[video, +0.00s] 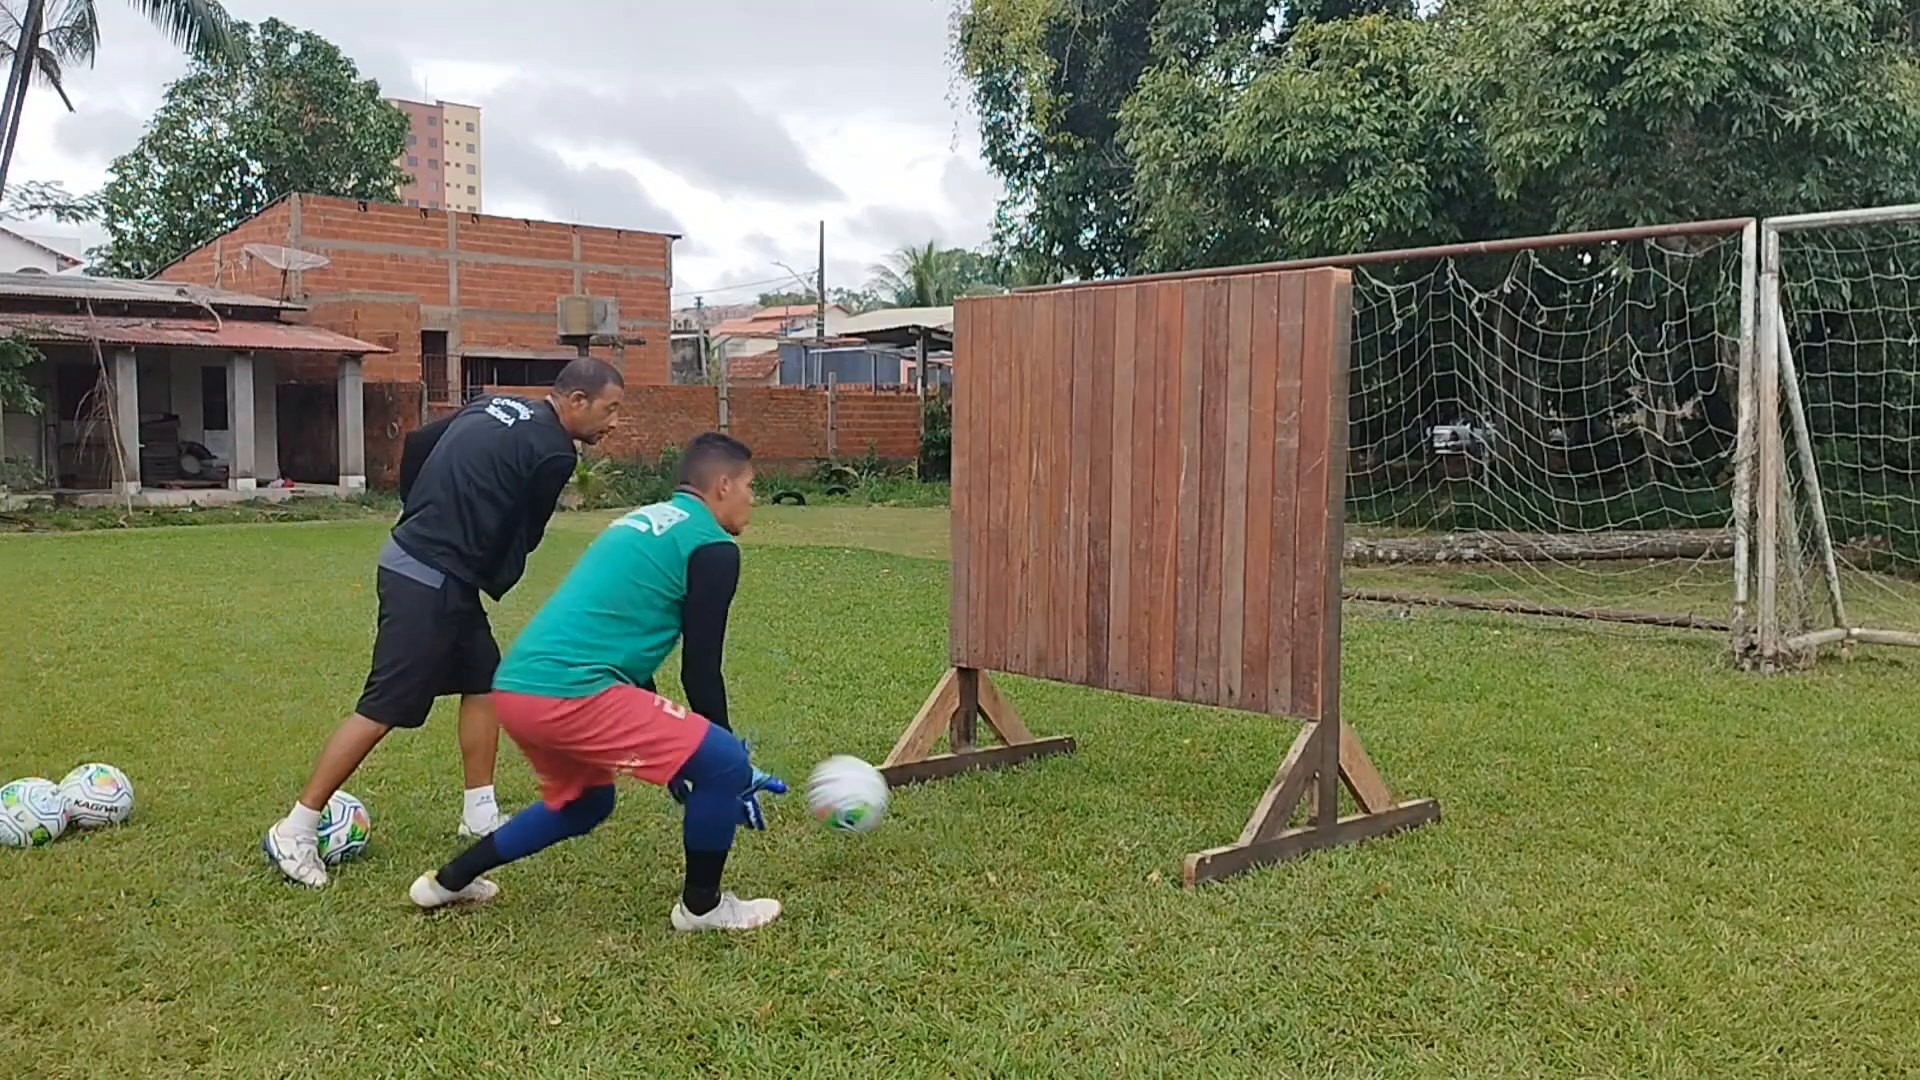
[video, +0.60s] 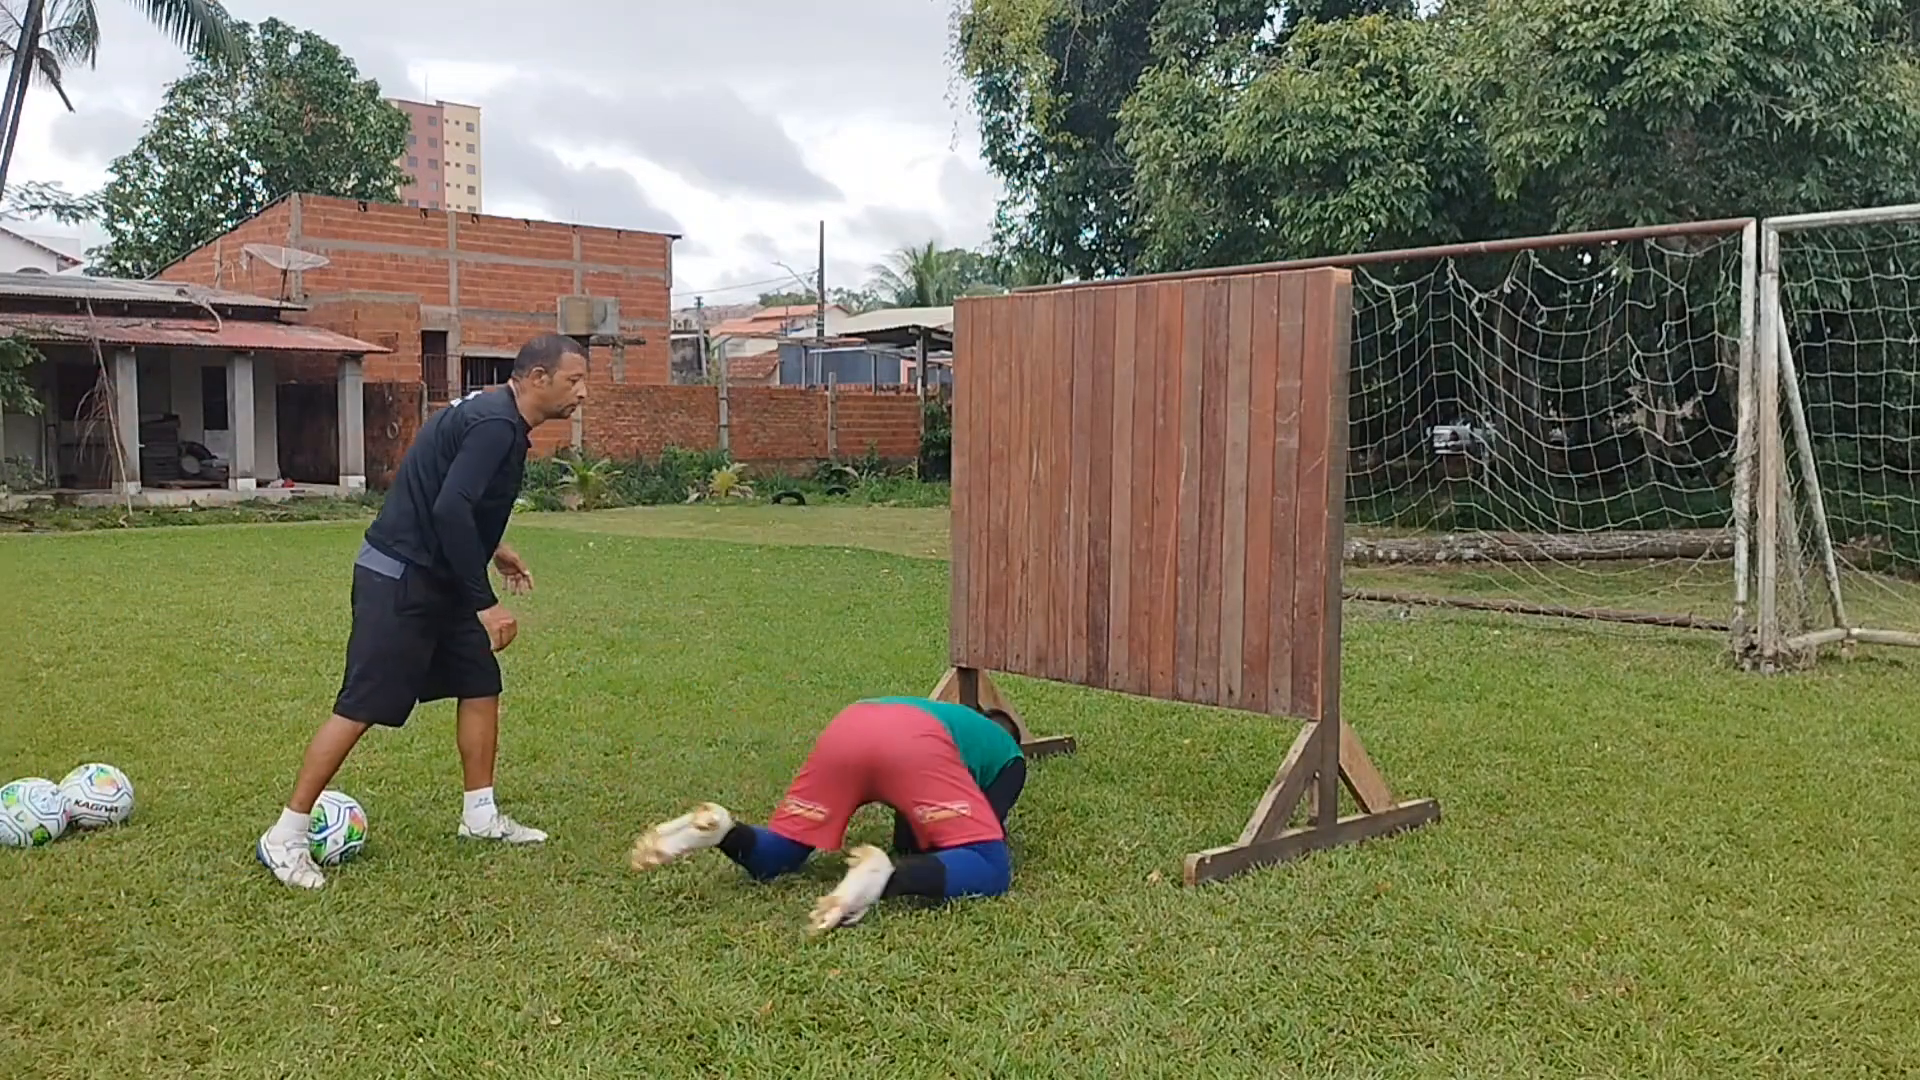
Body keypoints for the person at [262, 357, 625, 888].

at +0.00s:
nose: (611, 421)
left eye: (615, 411)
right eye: (608, 409)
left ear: (564, 396)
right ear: (575, 400)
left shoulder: (495, 406)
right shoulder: (556, 451)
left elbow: (418, 441)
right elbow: (524, 535)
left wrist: (419, 512)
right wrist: (485, 574)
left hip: (431, 573)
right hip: (428, 579)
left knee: (482, 682)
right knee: (385, 706)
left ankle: (480, 817)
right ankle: (294, 831)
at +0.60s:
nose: (582, 393)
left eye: (583, 382)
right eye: (574, 381)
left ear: (535, 380)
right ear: (535, 378)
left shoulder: (502, 422)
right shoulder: (494, 426)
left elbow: (456, 496)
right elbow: (451, 510)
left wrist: (492, 546)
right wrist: (485, 602)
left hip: (441, 577)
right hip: (396, 573)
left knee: (480, 682)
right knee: (363, 701)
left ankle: (480, 817)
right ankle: (286, 834)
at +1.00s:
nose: (457, 357)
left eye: (457, 346)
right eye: (449, 346)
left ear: (417, 350)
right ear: (413, 349)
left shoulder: (403, 413)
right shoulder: (362, 416)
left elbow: (375, 504)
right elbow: (339, 517)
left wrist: (419, 548)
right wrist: (405, 587)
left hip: (380, 593)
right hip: (327, 593)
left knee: (431, 699)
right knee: (290, 721)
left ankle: (472, 817)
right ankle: (244, 854)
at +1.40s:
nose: (361, 326)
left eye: (357, 313)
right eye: (350, 314)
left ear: (313, 327)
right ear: (314, 326)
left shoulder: (316, 393)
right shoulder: (279, 400)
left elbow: (347, 470)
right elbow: (320, 496)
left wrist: (424, 461)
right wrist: (414, 467)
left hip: (341, 582)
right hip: (291, 587)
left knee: (389, 695)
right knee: (274, 719)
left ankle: (399, 824)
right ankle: (241, 857)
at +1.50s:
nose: (351, 323)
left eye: (348, 311)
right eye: (340, 313)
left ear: (305, 323)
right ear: (303, 323)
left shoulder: (308, 387)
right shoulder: (274, 395)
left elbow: (352, 456)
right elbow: (338, 478)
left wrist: (431, 430)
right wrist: (421, 430)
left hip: (336, 578)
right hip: (286, 583)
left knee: (381, 696)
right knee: (273, 719)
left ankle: (398, 825)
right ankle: (241, 856)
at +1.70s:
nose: (343, 323)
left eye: (339, 311)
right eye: (331, 313)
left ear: (292, 324)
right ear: (293, 324)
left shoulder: (297, 386)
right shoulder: (273, 393)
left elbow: (331, 470)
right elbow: (331, 478)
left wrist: (397, 445)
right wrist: (404, 447)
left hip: (330, 580)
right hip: (285, 585)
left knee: (367, 701)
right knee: (270, 722)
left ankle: (396, 823)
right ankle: (241, 856)